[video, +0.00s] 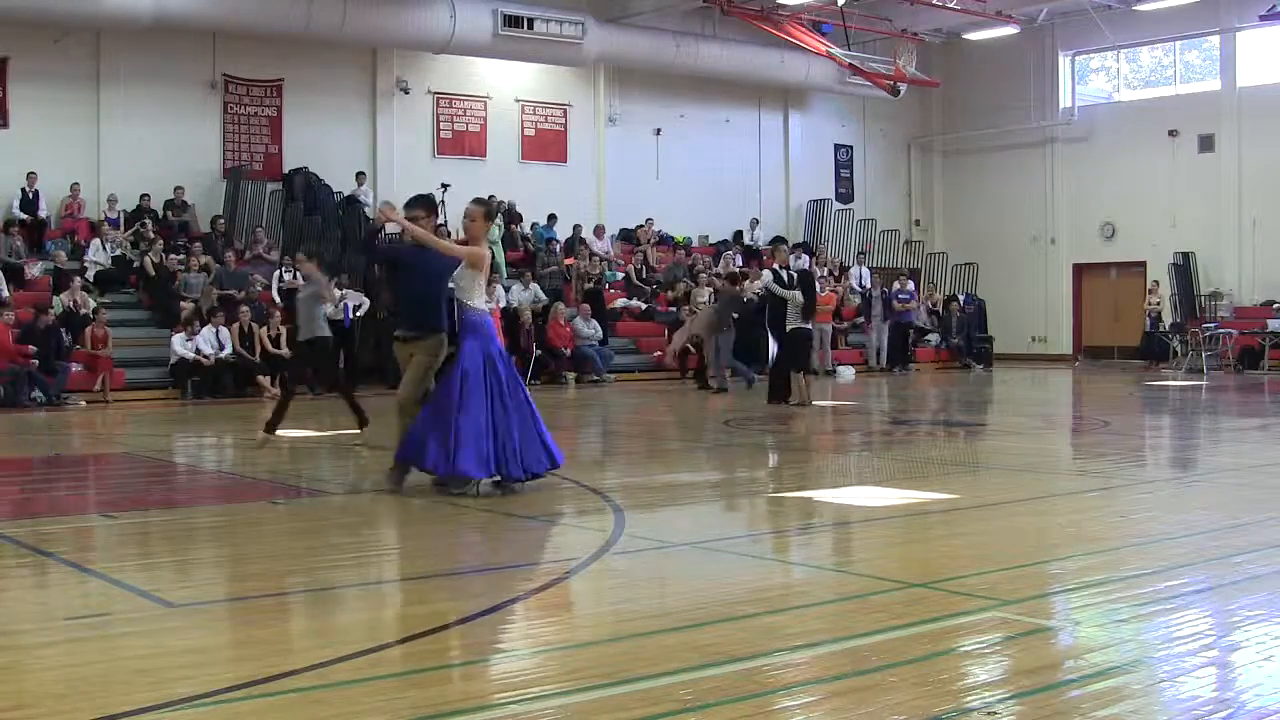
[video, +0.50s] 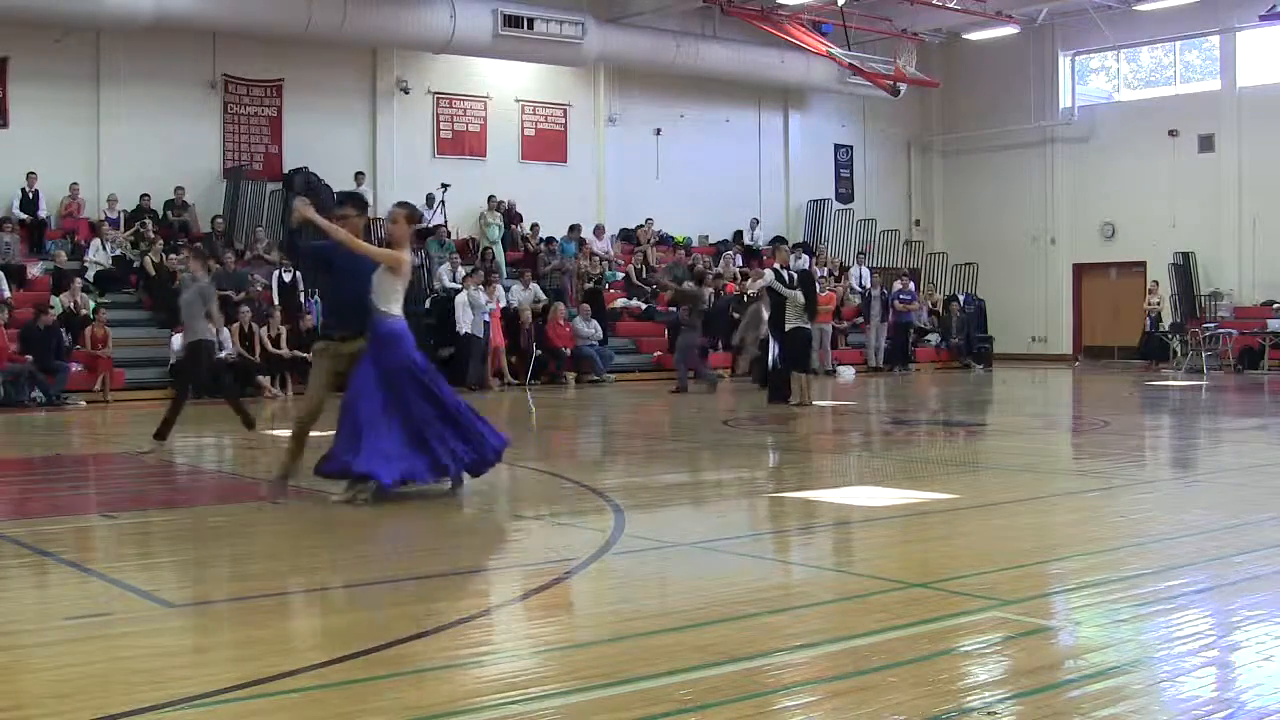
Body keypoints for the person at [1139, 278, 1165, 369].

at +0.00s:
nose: (1153, 287)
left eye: (1154, 286)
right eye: (1152, 286)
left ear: (1158, 287)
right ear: (1151, 287)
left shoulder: (1160, 296)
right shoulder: (1148, 296)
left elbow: (1161, 308)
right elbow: (1145, 306)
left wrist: (1150, 309)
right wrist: (1156, 307)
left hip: (1157, 318)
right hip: (1149, 318)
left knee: (1156, 338)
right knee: (1149, 337)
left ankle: (1156, 360)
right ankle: (1150, 360)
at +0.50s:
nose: (1152, 288)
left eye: (1154, 286)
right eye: (1151, 286)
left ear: (1157, 287)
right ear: (1150, 287)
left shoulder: (1161, 296)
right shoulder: (1148, 296)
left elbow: (1161, 308)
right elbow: (1145, 306)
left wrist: (1150, 307)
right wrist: (1155, 307)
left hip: (1157, 318)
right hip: (1149, 318)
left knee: (1157, 338)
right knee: (1149, 338)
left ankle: (1156, 362)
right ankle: (1150, 361)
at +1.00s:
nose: (1152, 288)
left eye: (1154, 286)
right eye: (1151, 286)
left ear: (1157, 287)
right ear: (1150, 287)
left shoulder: (1160, 296)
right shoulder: (1148, 296)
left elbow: (1160, 308)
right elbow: (1144, 306)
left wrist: (1149, 308)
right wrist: (1155, 307)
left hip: (1157, 318)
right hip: (1149, 319)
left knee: (1156, 339)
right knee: (1148, 338)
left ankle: (1156, 362)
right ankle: (1149, 361)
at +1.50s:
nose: (1152, 288)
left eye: (1154, 286)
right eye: (1151, 286)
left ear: (1157, 287)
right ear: (1150, 287)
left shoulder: (1160, 296)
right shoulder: (1148, 296)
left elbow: (1160, 308)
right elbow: (1144, 306)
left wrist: (1149, 307)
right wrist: (1153, 307)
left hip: (1156, 318)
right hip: (1149, 318)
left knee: (1156, 337)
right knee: (1148, 337)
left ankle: (1156, 361)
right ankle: (1149, 360)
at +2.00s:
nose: (1151, 288)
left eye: (1153, 286)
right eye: (1150, 286)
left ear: (1157, 287)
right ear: (1149, 287)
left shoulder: (1159, 296)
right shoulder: (1147, 296)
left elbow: (1160, 308)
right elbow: (1143, 306)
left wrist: (1149, 308)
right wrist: (1153, 307)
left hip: (1156, 318)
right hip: (1148, 318)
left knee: (1156, 338)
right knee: (1148, 337)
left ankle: (1156, 361)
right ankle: (1149, 360)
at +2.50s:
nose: (1151, 288)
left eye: (1153, 286)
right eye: (1150, 286)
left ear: (1157, 287)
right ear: (1149, 287)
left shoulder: (1159, 296)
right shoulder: (1147, 296)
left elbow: (1160, 308)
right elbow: (1143, 306)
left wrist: (1149, 308)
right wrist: (1153, 307)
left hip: (1156, 318)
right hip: (1148, 318)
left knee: (1156, 337)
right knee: (1147, 337)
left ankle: (1155, 360)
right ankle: (1147, 360)